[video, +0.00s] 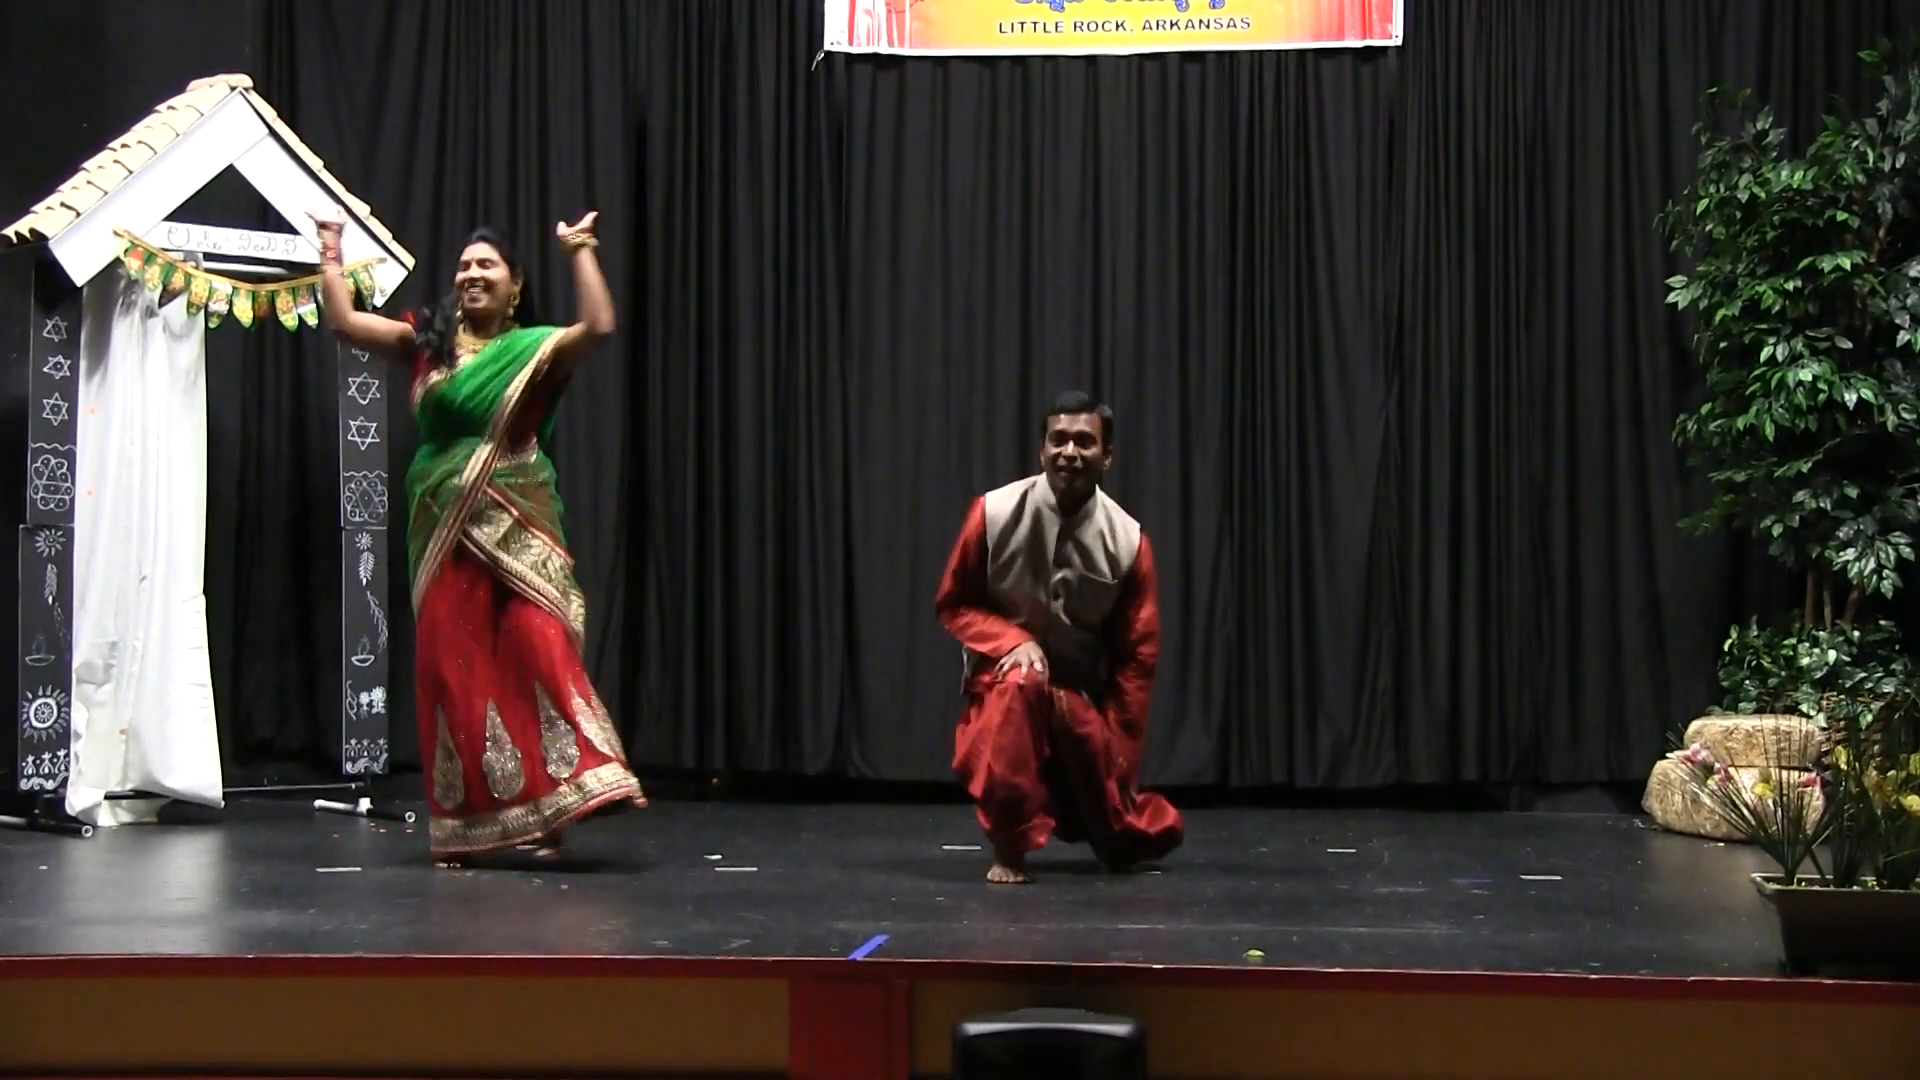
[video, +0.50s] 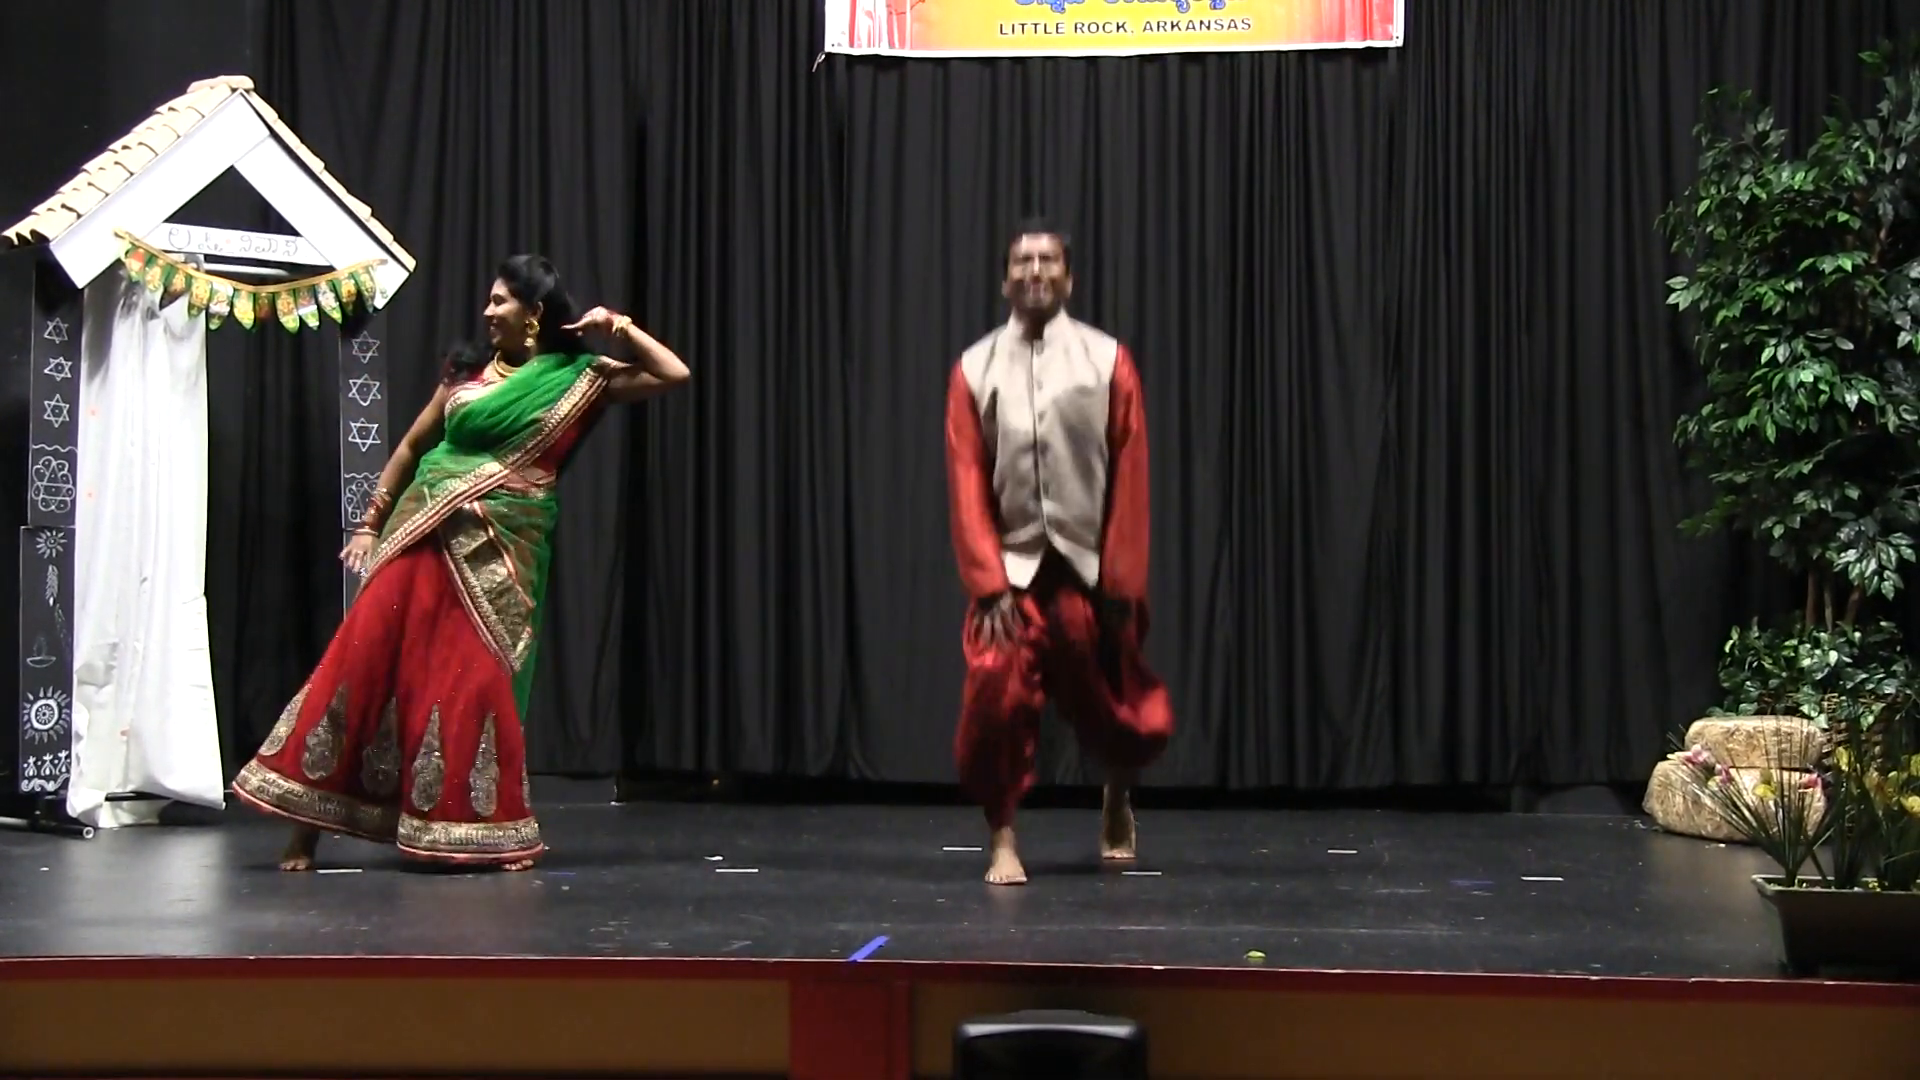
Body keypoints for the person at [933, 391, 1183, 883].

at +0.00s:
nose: (1069, 452)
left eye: (1084, 442)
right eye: (1058, 440)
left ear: (1106, 457)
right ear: (1042, 450)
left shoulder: (1127, 543)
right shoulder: (993, 515)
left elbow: (1137, 661)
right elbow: (954, 604)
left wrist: (1120, 766)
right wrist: (1012, 640)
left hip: (1081, 700)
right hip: (1002, 690)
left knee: (1116, 834)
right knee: (1022, 678)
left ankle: (1122, 837)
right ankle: (1008, 851)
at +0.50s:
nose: (1034, 271)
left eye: (1046, 260)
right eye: (1023, 261)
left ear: (1068, 276)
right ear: (1006, 277)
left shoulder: (1108, 359)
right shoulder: (974, 368)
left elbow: (1131, 474)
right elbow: (967, 480)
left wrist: (1125, 576)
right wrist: (985, 575)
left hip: (1088, 562)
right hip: (1007, 563)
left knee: (1108, 698)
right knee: (995, 688)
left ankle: (1116, 801)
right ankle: (1002, 842)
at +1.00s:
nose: (1056, 362)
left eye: (1068, 349)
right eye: (1044, 351)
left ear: (1092, 359)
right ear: (1029, 365)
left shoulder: (1134, 436)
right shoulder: (1002, 452)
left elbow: (1166, 533)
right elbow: (994, 569)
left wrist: (1128, 613)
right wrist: (1009, 670)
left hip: (1126, 604)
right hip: (1050, 614)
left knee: (1111, 706)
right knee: (1057, 710)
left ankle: (1110, 846)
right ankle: (1048, 817)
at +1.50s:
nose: (1083, 439)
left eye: (1097, 428)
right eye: (1072, 428)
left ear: (1120, 443)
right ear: (1057, 441)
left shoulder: (1160, 508)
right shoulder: (1024, 529)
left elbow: (1185, 596)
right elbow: (1015, 657)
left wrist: (1125, 646)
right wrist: (1030, 766)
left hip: (1145, 685)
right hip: (1059, 698)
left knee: (1106, 690)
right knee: (1013, 834)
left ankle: (1125, 849)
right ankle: (1102, 833)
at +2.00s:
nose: (1106, 185)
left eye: (1120, 175)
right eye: (1096, 175)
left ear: (1144, 191)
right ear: (1080, 189)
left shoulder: (1177, 275)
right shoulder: (1041, 270)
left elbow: (1201, 382)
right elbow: (1006, 371)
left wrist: (1175, 485)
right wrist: (1024, 467)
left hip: (1147, 481)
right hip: (1058, 478)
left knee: (1159, 645)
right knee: (1043, 635)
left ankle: (1153, 814)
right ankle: (1070, 790)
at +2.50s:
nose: (1081, 436)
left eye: (1096, 425)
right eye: (1070, 424)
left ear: (1119, 440)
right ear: (1056, 435)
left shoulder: (1154, 515)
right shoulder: (1021, 512)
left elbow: (1187, 625)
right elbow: (1005, 613)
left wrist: (1188, 732)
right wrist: (1056, 650)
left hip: (1139, 677)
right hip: (1061, 671)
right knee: (1076, 687)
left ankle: (1175, 849)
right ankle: (1043, 856)